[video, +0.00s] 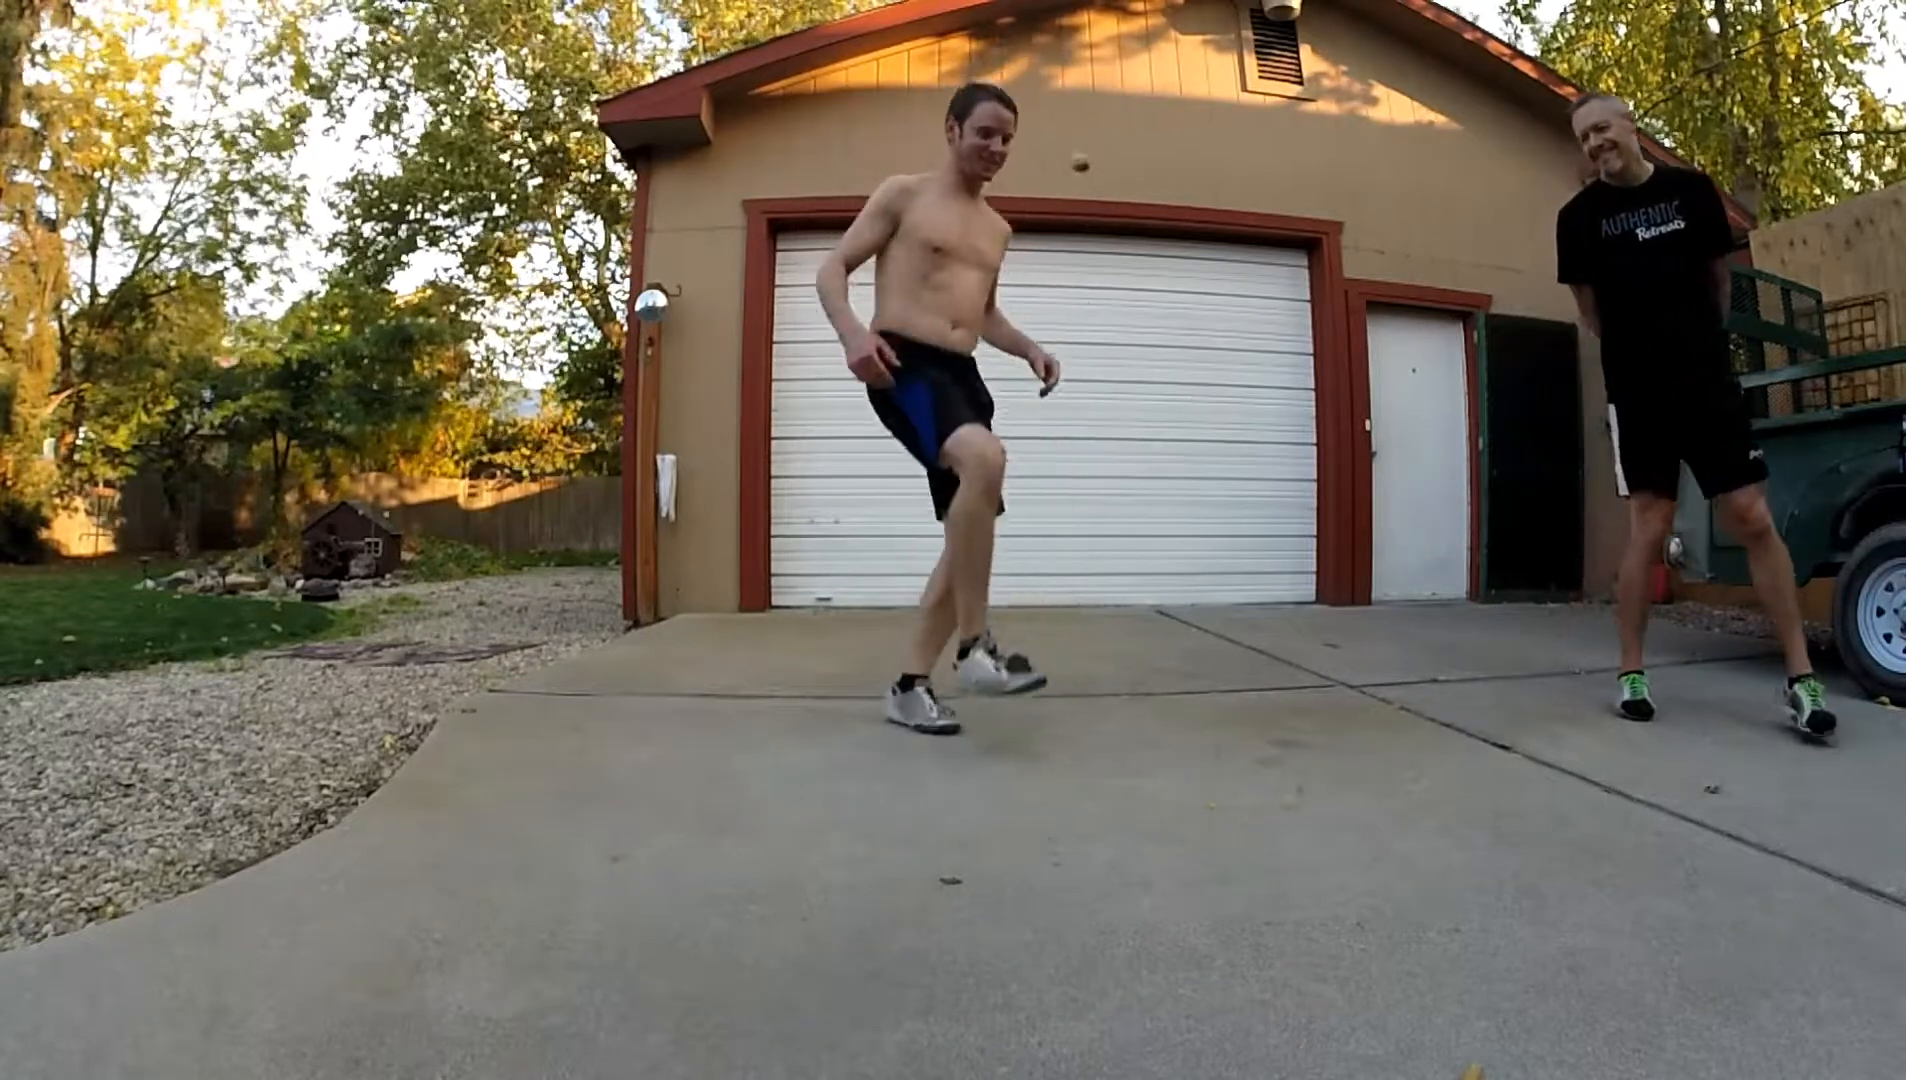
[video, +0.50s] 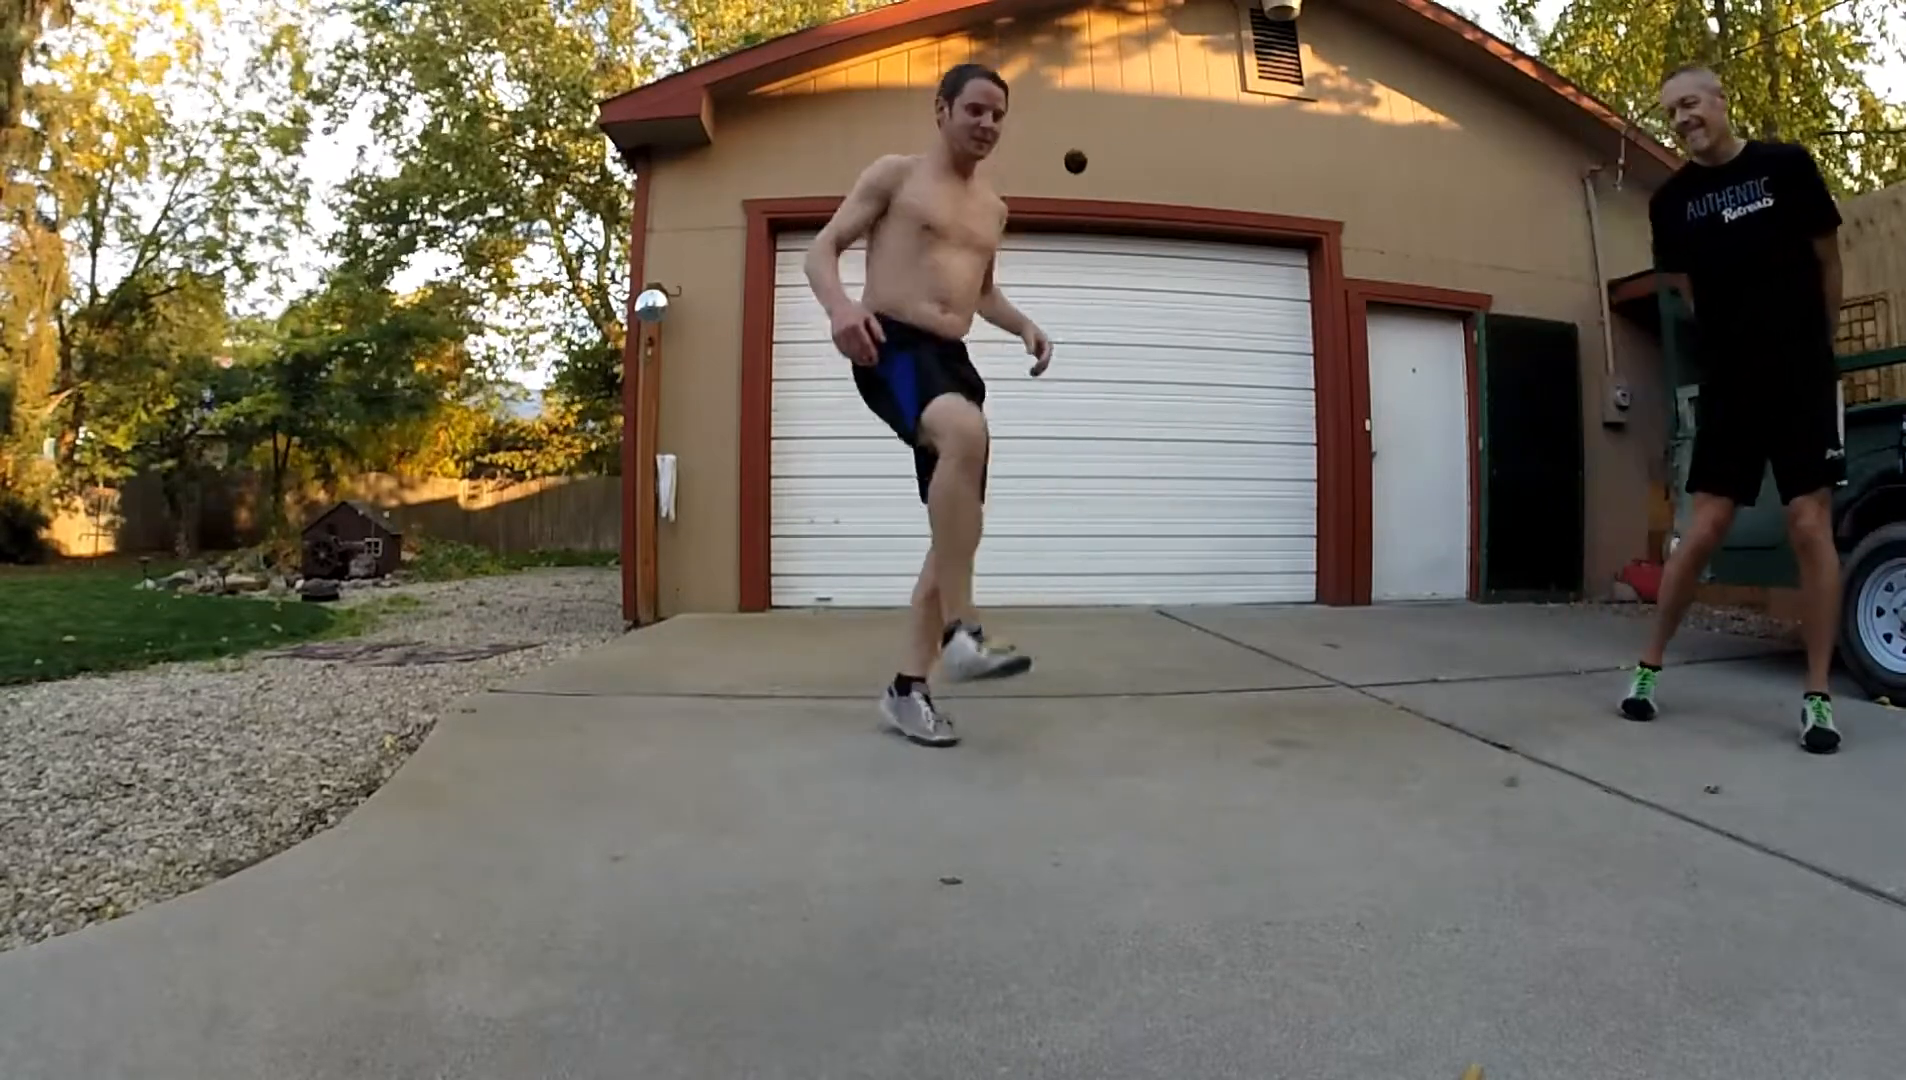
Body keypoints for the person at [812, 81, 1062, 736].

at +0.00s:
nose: (998, 147)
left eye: (1007, 138)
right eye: (987, 133)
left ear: (1012, 144)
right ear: (954, 132)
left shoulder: (997, 229)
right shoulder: (904, 193)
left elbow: (984, 314)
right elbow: (831, 272)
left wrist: (1031, 350)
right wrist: (854, 335)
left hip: (961, 373)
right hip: (901, 360)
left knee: (977, 522)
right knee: (985, 458)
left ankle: (912, 685)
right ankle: (974, 645)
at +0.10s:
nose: (987, 164)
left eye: (997, 156)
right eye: (977, 150)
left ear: (1004, 164)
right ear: (944, 149)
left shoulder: (993, 249)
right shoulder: (895, 213)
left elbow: (994, 333)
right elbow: (827, 294)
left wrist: (1045, 362)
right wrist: (837, 369)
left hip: (960, 383)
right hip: (897, 375)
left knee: (977, 544)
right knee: (991, 458)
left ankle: (911, 686)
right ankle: (1026, 649)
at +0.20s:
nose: (992, 155)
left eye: (1002, 145)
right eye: (981, 140)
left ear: (1009, 152)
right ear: (949, 137)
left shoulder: (1001, 235)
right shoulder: (896, 200)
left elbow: (1012, 313)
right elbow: (816, 273)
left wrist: (1054, 337)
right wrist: (832, 342)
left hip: (945, 373)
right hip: (884, 357)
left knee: (960, 533)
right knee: (994, 362)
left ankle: (909, 686)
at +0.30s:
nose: (998, 127)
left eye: (1009, 119)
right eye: (988, 112)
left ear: (1016, 126)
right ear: (956, 109)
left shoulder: (1004, 203)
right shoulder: (901, 171)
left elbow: (1010, 280)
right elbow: (817, 237)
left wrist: (1039, 303)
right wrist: (839, 296)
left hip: (947, 362)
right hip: (886, 340)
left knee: (951, 510)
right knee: (981, 273)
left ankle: (917, 674)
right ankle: (1031, 444)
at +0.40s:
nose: (995, 111)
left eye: (1005, 102)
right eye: (984, 97)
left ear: (1012, 112)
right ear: (952, 98)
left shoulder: (1000, 191)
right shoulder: (903, 156)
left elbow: (991, 268)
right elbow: (820, 226)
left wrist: (1029, 299)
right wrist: (847, 278)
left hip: (947, 348)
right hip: (882, 325)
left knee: (952, 511)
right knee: (980, 327)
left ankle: (925, 672)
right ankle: (978, 521)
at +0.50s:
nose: (987, 123)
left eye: (997, 115)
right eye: (975, 110)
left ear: (1002, 124)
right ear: (942, 111)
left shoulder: (992, 207)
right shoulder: (896, 173)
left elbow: (980, 291)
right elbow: (820, 251)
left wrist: (1024, 326)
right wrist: (840, 309)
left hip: (952, 358)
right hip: (891, 343)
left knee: (957, 527)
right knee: (964, 432)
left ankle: (908, 687)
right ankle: (958, 631)